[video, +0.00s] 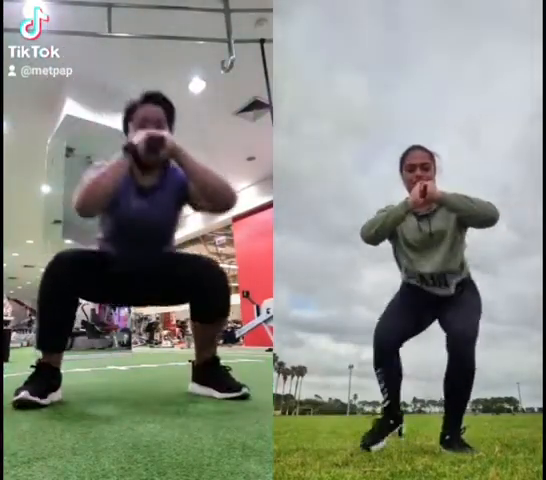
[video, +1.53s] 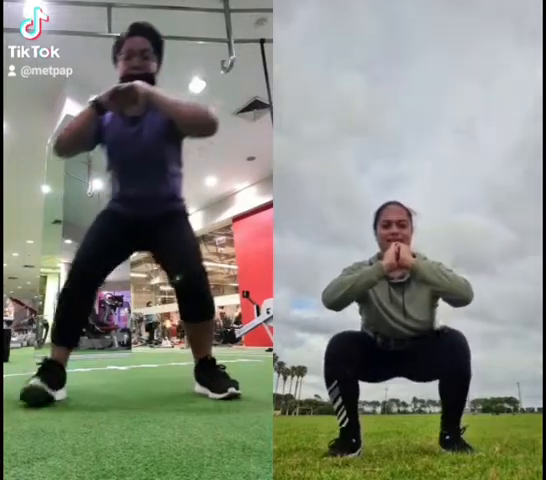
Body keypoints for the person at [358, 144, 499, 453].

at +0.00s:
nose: (419, 175)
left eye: (425, 168)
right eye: (412, 170)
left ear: (435, 172)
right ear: (402, 176)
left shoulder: (452, 207)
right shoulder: (396, 214)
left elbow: (491, 215)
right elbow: (368, 235)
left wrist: (440, 198)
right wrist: (408, 205)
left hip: (458, 294)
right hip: (416, 295)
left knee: (462, 346)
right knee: (384, 339)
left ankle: (451, 434)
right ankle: (391, 415)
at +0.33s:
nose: (438, 197)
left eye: (445, 191)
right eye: (431, 193)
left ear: (456, 196)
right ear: (423, 201)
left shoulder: (476, 232)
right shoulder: (416, 237)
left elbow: (519, 234)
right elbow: (389, 254)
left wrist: (467, 220)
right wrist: (434, 226)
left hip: (482, 315)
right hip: (439, 323)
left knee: (466, 342)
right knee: (478, 410)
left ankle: (452, 434)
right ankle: (526, 408)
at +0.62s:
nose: (445, 230)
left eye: (452, 224)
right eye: (437, 225)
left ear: (462, 230)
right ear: (429, 235)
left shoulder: (479, 265)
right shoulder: (421, 273)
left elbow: (524, 277)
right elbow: (398, 303)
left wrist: (467, 258)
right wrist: (441, 270)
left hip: (502, 345)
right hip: (457, 355)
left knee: (480, 349)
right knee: (502, 437)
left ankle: (455, 434)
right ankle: (536, 414)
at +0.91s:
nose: (433, 185)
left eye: (440, 178)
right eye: (425, 180)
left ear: (450, 183)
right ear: (416, 187)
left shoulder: (468, 221)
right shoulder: (409, 224)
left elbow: (513, 232)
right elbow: (386, 246)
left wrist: (463, 215)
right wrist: (431, 220)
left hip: (476, 306)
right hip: (434, 313)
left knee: (471, 342)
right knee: (448, 398)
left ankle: (454, 433)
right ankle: (502, 403)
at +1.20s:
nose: (415, 180)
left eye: (421, 174)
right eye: (408, 175)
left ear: (432, 178)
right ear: (398, 183)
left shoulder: (451, 214)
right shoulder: (393, 219)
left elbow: (485, 231)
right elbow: (361, 245)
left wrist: (437, 210)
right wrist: (406, 215)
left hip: (452, 303)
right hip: (406, 300)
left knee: (467, 344)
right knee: (371, 344)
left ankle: (452, 435)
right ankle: (353, 435)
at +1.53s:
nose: (394, 231)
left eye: (402, 225)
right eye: (387, 225)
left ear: (411, 232)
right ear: (377, 233)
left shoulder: (426, 267)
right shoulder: (364, 270)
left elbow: (465, 295)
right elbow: (330, 299)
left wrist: (413, 265)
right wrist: (382, 268)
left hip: (420, 354)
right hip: (376, 355)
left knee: (454, 343)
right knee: (341, 346)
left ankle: (451, 436)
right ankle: (349, 440)